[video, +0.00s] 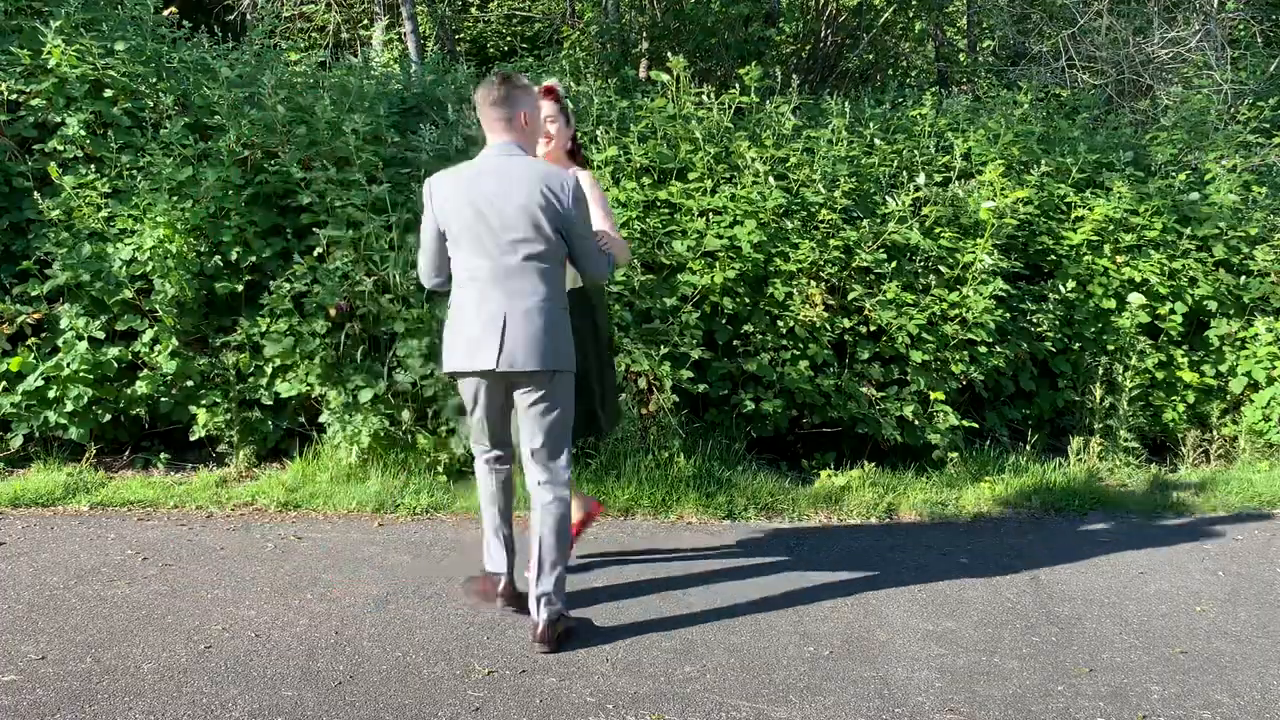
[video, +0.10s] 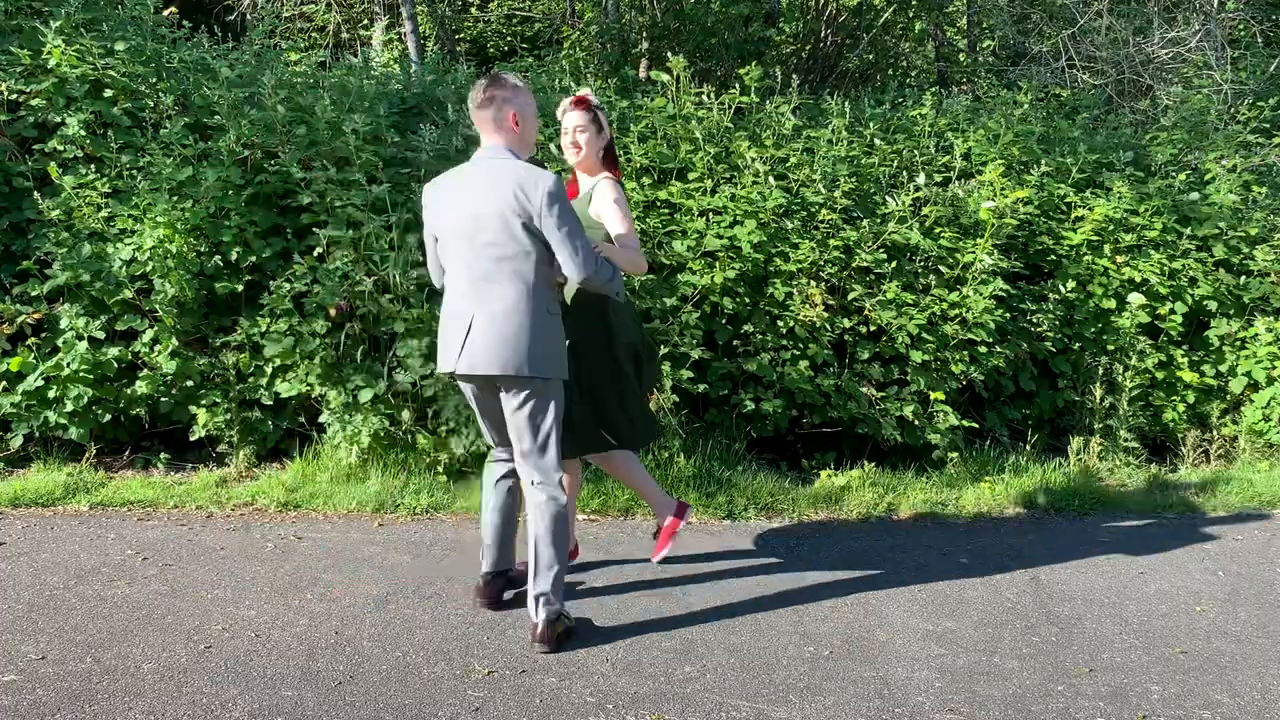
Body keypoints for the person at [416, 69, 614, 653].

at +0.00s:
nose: (543, 128)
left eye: (539, 120)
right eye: (539, 120)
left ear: (481, 122)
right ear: (532, 123)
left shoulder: (442, 186)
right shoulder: (558, 182)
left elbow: (432, 276)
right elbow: (595, 270)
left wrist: (477, 261)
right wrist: (604, 249)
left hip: (472, 343)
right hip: (542, 344)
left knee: (490, 458)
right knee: (548, 469)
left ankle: (500, 574)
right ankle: (547, 609)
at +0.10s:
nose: (540, 127)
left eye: (538, 117)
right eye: (536, 117)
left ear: (481, 124)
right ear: (513, 119)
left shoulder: (438, 190)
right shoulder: (537, 183)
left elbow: (439, 275)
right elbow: (581, 269)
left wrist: (498, 276)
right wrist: (618, 268)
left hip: (460, 345)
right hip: (526, 346)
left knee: (501, 457)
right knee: (544, 474)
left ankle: (494, 575)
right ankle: (547, 615)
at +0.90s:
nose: (456, 151)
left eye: (463, 144)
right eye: (445, 140)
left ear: (466, 156)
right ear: (414, 144)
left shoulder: (463, 222)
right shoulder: (362, 198)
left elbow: (512, 278)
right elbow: (297, 237)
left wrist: (583, 282)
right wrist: (249, 204)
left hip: (427, 358)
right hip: (368, 354)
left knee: (465, 452)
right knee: (420, 457)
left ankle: (500, 567)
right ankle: (365, 556)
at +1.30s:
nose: (407, 149)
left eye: (416, 141)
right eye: (399, 137)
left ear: (421, 150)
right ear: (370, 136)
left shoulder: (425, 213)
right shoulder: (314, 187)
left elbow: (473, 264)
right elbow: (249, 222)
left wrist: (543, 270)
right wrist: (182, 192)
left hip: (385, 346)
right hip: (320, 340)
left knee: (415, 430)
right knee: (363, 436)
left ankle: (379, 528)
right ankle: (357, 558)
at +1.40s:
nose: (400, 153)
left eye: (408, 146)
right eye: (391, 142)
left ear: (413, 154)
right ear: (362, 141)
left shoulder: (419, 217)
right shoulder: (308, 193)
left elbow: (461, 270)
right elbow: (244, 229)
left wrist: (534, 278)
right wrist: (175, 200)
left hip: (375, 350)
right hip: (315, 343)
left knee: (397, 444)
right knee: (360, 442)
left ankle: (319, 495)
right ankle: (360, 560)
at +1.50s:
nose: (394, 154)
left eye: (403, 147)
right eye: (386, 142)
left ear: (409, 155)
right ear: (359, 141)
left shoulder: (416, 217)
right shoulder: (305, 194)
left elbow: (460, 271)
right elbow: (242, 232)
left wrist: (526, 280)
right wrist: (174, 209)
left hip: (370, 350)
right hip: (312, 343)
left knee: (376, 451)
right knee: (360, 440)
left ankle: (277, 481)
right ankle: (360, 559)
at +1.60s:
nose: (390, 149)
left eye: (400, 142)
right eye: (382, 138)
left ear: (408, 152)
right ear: (359, 138)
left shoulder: (414, 212)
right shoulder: (307, 188)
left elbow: (452, 265)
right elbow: (247, 226)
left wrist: (514, 275)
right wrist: (177, 212)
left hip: (365, 342)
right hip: (311, 334)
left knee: (342, 445)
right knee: (356, 435)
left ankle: (245, 493)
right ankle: (357, 558)